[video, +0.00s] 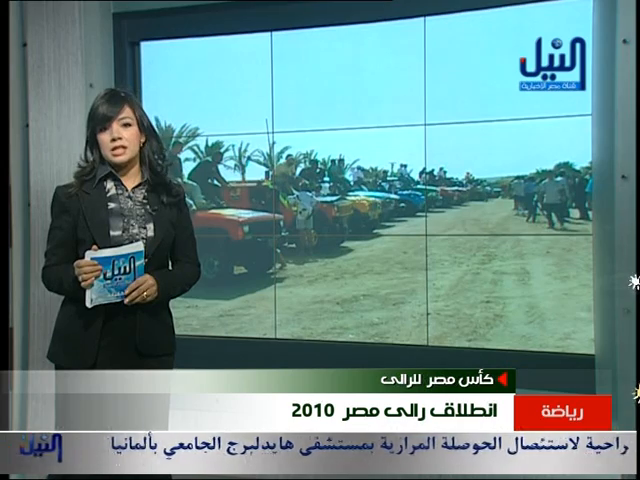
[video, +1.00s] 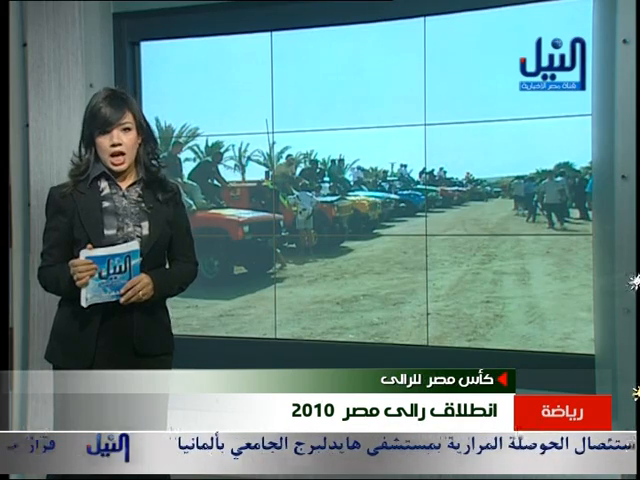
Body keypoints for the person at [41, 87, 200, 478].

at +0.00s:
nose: (115, 134)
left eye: (125, 124)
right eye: (105, 127)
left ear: (143, 134)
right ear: (95, 139)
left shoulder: (170, 196)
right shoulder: (71, 197)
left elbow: (189, 268)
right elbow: (51, 272)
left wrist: (161, 283)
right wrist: (74, 275)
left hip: (148, 347)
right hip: (84, 347)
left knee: (147, 450)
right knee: (81, 452)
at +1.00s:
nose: (116, 140)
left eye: (126, 129)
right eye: (105, 131)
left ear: (141, 135)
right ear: (92, 140)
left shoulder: (166, 195)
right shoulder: (66, 197)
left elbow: (187, 265)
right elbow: (48, 273)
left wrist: (157, 282)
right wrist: (70, 275)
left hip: (146, 348)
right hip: (81, 349)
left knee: (146, 453)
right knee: (78, 453)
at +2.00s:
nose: (125, 135)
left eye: (135, 127)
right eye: (115, 126)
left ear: (146, 138)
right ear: (97, 135)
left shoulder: (165, 195)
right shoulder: (66, 197)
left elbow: (185, 265)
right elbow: (47, 273)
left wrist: (157, 281)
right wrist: (71, 275)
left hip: (146, 347)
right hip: (81, 348)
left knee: (145, 452)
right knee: (77, 451)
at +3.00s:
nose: (128, 134)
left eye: (137, 126)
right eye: (118, 125)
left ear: (149, 136)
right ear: (101, 136)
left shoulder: (169, 197)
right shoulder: (71, 197)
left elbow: (188, 266)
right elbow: (51, 272)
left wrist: (161, 282)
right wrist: (76, 275)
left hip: (149, 349)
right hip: (84, 349)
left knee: (148, 452)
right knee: (81, 452)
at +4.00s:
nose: (123, 140)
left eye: (132, 130)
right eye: (112, 131)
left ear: (146, 137)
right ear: (98, 139)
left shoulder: (169, 196)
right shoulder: (71, 198)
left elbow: (190, 267)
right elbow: (52, 274)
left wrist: (160, 282)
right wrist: (75, 275)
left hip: (150, 348)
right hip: (86, 348)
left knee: (150, 451)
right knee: (84, 452)